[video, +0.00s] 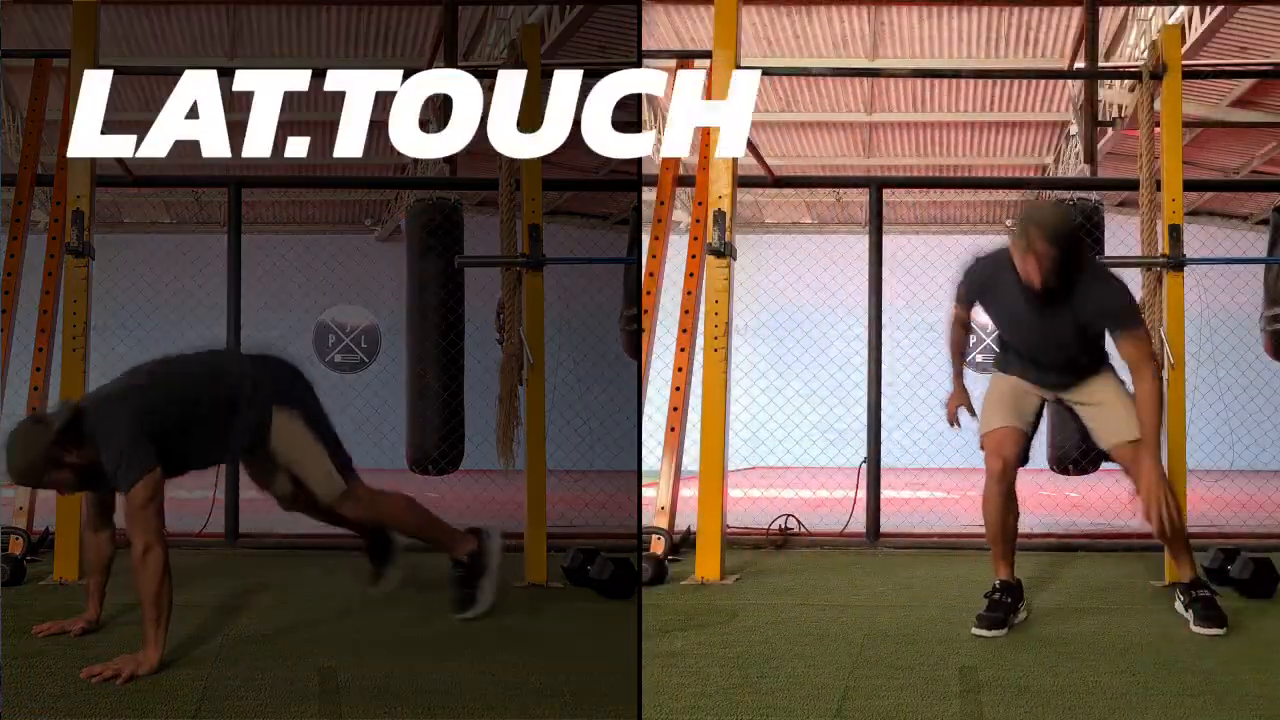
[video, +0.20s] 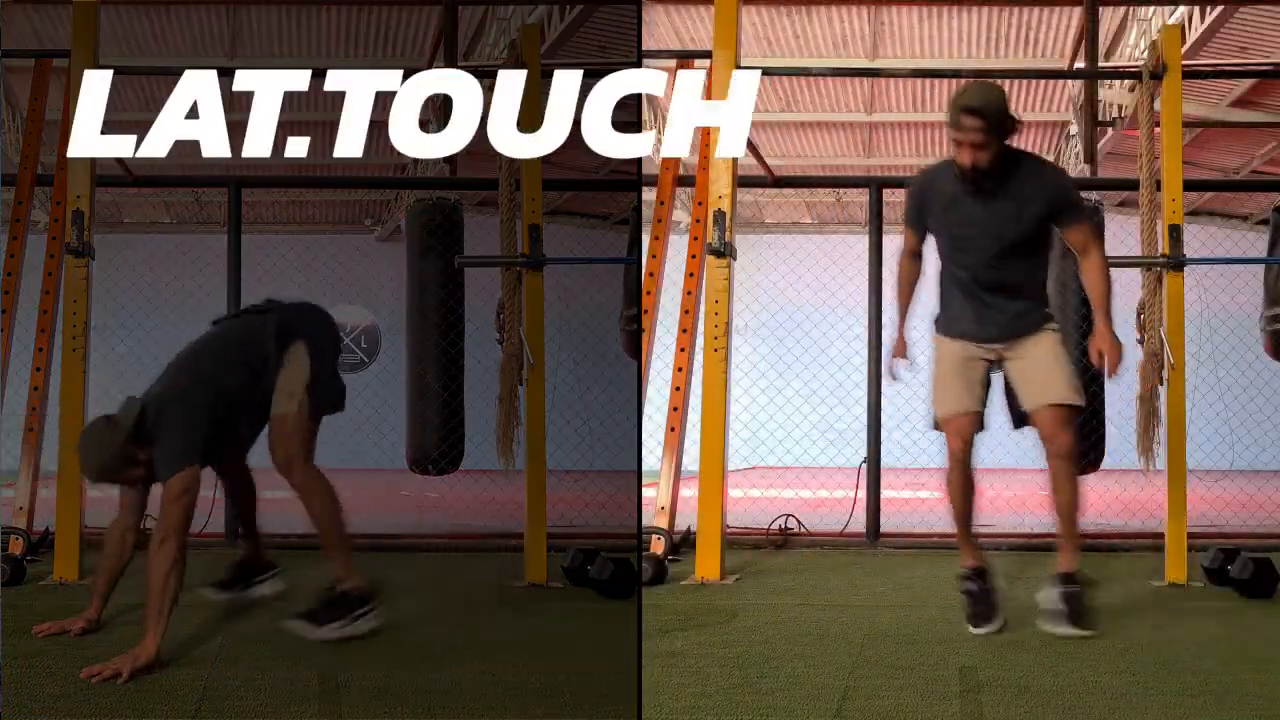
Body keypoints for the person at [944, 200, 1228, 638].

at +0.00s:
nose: (1035, 267)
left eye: (1045, 258)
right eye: (1027, 256)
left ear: (1063, 252)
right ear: (1013, 246)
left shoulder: (1100, 285)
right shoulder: (986, 273)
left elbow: (1146, 367)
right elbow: (960, 317)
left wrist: (1151, 462)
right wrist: (957, 381)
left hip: (1088, 374)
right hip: (1017, 371)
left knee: (1145, 470)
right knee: (998, 465)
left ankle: (1189, 581)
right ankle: (1004, 585)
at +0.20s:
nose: (967, 157)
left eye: (980, 146)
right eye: (959, 144)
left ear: (1005, 136)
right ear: (949, 135)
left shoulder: (1043, 180)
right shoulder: (931, 185)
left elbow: (1088, 250)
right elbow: (911, 253)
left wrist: (1103, 325)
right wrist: (900, 324)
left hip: (1032, 330)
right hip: (958, 332)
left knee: (1061, 439)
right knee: (958, 442)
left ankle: (1068, 573)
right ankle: (970, 565)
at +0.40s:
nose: (906, 148)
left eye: (917, 137)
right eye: (898, 136)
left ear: (943, 131)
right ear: (889, 131)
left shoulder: (980, 184)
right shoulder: (873, 191)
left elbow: (1033, 248)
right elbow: (850, 273)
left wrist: (1054, 320)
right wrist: (821, 343)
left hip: (967, 355)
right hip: (891, 358)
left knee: (1000, 470)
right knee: (847, 469)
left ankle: (1021, 594)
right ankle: (815, 582)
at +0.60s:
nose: (833, 139)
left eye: (846, 127)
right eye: (824, 126)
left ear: (871, 117)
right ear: (813, 116)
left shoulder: (905, 166)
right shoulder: (792, 165)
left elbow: (942, 232)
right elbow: (758, 246)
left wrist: (968, 304)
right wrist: (760, 318)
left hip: (877, 328)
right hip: (807, 328)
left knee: (891, 439)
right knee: (786, 449)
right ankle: (786, 578)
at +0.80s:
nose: (752, 232)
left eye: (763, 221)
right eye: (745, 219)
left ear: (786, 213)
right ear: (734, 208)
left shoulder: (836, 226)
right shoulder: (717, 237)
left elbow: (884, 254)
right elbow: (686, 331)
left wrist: (900, 317)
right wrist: (682, 412)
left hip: (813, 358)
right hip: (742, 351)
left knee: (792, 466)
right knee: (679, 458)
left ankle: (770, 596)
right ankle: (646, 558)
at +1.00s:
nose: (681, 397)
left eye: (693, 384)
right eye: (675, 382)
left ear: (712, 368)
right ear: (666, 367)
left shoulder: (761, 335)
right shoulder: (653, 368)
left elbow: (821, 316)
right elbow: (639, 437)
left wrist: (846, 368)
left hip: (760, 382)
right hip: (694, 392)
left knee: (775, 473)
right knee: (640, 461)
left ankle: (769, 592)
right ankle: (609, 554)